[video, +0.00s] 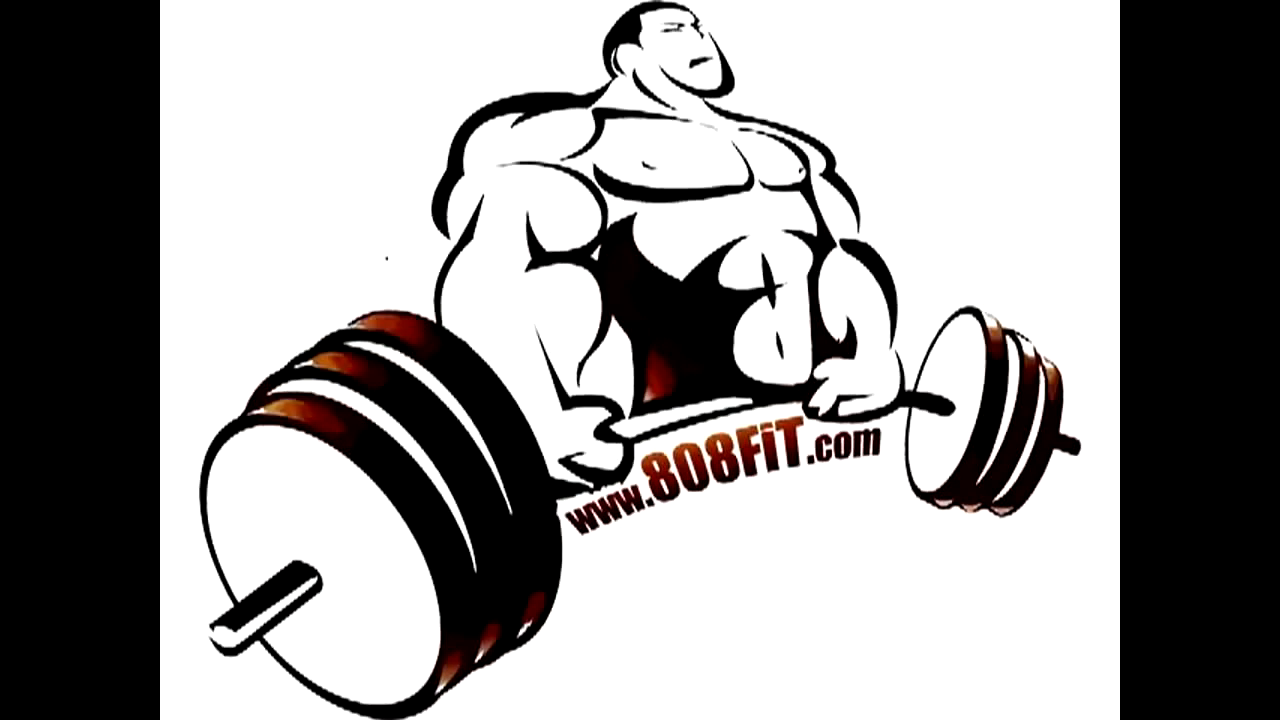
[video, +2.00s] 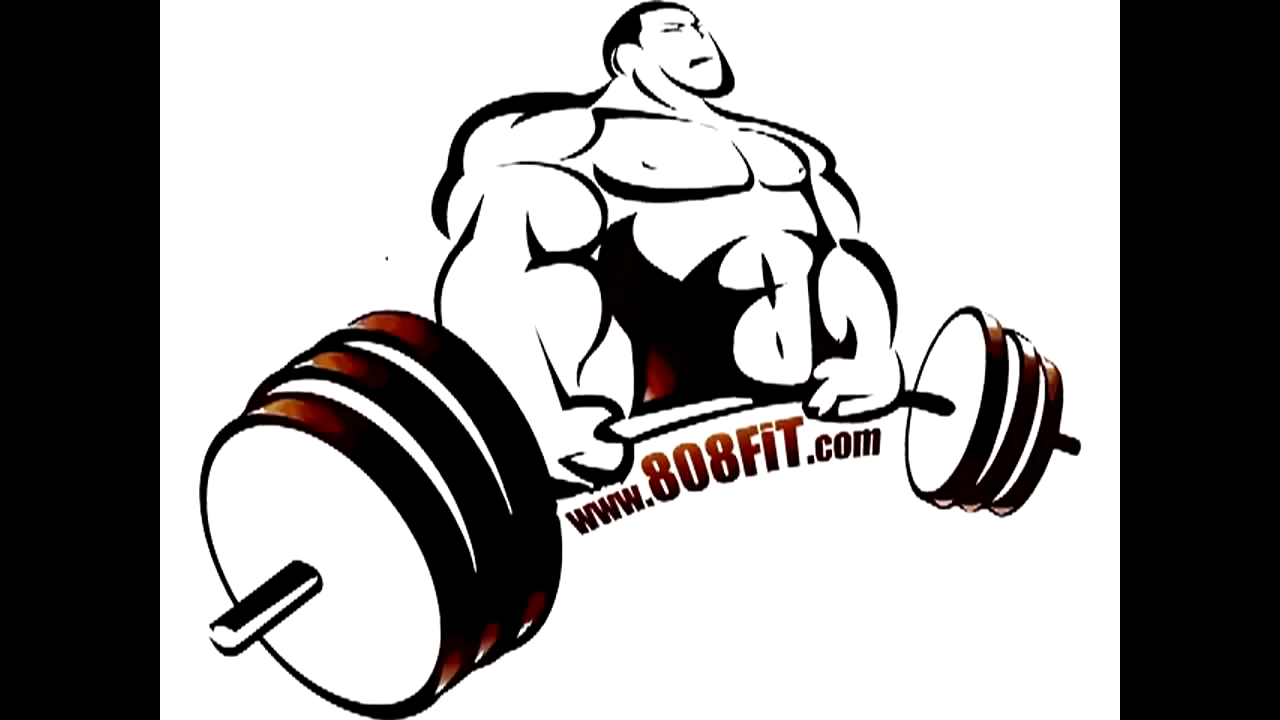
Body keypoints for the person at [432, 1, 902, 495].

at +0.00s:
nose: (702, 40)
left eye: (701, 28)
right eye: (675, 30)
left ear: (713, 45)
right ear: (628, 59)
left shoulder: (776, 145)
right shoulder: (593, 127)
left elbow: (850, 250)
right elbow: (487, 155)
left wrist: (878, 358)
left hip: (747, 331)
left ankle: (870, 369)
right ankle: (577, 429)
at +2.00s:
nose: (702, 40)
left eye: (701, 28)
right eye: (675, 30)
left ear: (713, 45)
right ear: (628, 59)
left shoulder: (776, 145)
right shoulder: (593, 127)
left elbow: (850, 250)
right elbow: (487, 155)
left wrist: (878, 358)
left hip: (747, 331)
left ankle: (870, 369)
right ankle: (577, 429)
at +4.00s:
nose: (702, 39)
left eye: (702, 28)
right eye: (676, 29)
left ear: (715, 44)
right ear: (629, 57)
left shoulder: (778, 146)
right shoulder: (592, 127)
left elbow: (849, 255)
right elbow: (488, 155)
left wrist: (875, 358)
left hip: (751, 335)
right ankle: (567, 430)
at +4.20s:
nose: (701, 43)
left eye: (700, 29)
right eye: (676, 31)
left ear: (717, 41)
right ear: (628, 58)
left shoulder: (779, 148)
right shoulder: (589, 131)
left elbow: (848, 254)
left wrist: (871, 361)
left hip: (750, 328)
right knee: (516, 191)